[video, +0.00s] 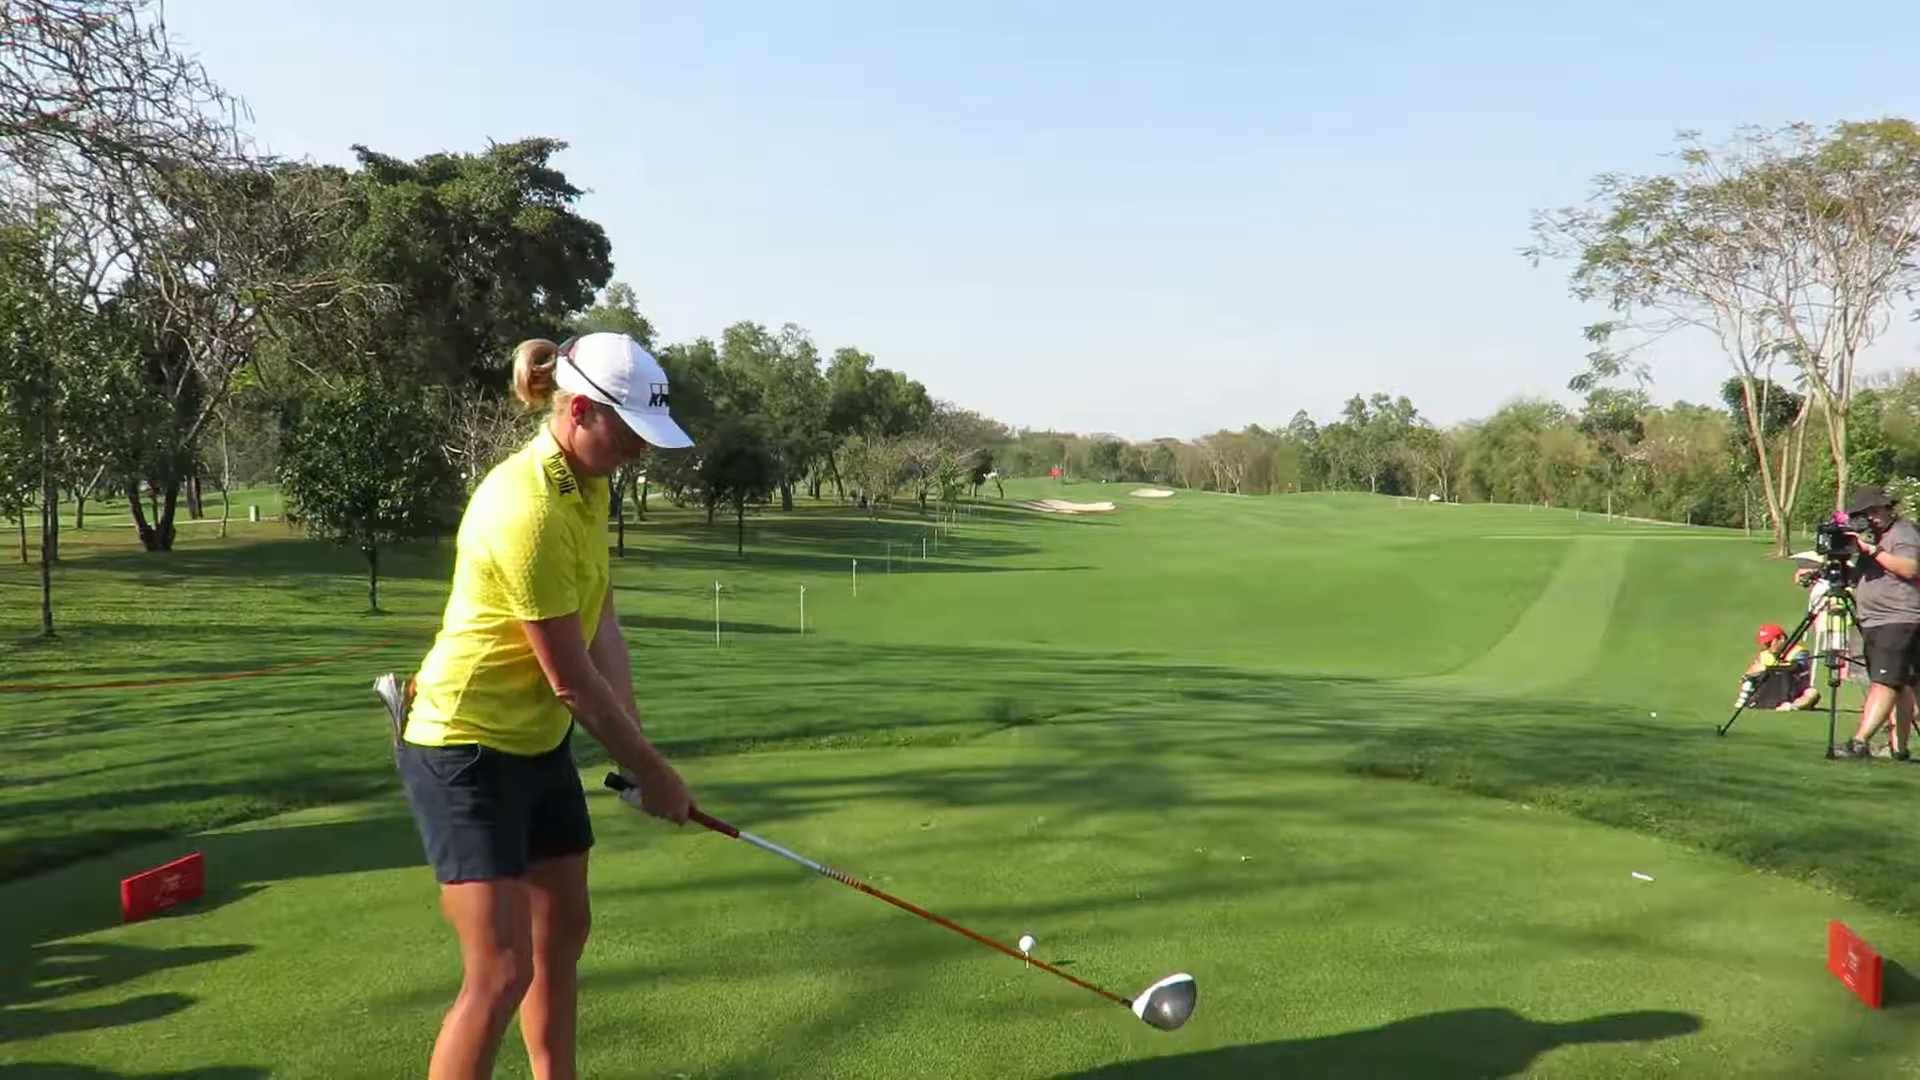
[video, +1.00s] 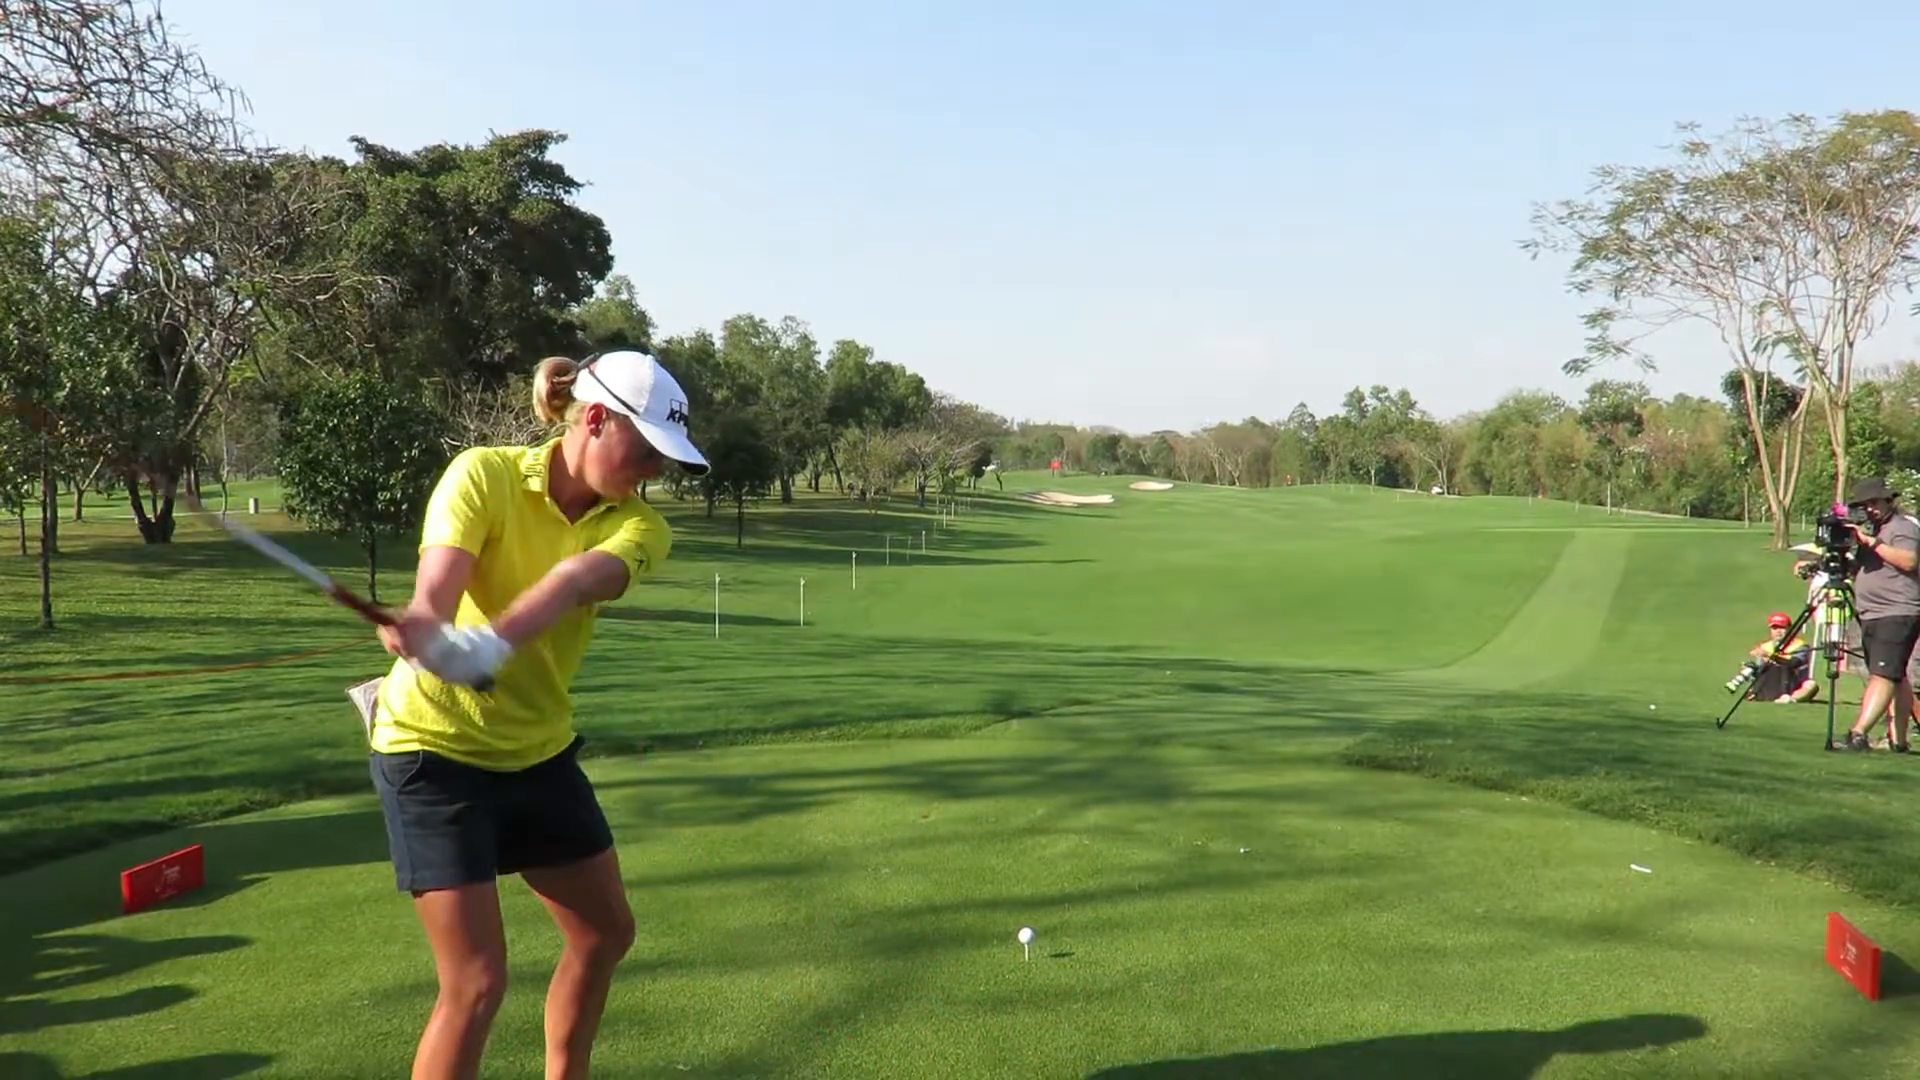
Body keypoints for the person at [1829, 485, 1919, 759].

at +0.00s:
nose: (1870, 520)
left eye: (1874, 513)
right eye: (1865, 516)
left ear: (1887, 509)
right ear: (1862, 519)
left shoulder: (1902, 532)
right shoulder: (1873, 538)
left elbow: (1910, 569)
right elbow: (1861, 575)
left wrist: (1872, 551)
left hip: (1898, 620)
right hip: (1875, 621)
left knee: (1884, 681)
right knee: (1899, 687)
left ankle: (1859, 740)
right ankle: (1899, 747)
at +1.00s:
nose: (1869, 511)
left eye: (1873, 504)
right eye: (1865, 507)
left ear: (1888, 502)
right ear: (1863, 508)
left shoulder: (1903, 527)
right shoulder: (1873, 531)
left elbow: (1909, 562)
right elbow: (1859, 568)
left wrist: (1873, 544)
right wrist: (1844, 548)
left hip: (1898, 612)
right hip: (1873, 613)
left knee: (1883, 673)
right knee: (1893, 678)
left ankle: (1858, 732)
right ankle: (1898, 739)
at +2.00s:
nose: (1867, 506)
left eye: (1871, 499)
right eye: (1863, 501)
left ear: (1885, 496)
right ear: (1864, 502)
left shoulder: (1901, 519)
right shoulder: (1874, 523)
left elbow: (1908, 555)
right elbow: (1866, 562)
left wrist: (1872, 537)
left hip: (1897, 605)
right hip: (1874, 606)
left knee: (1883, 667)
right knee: (1892, 671)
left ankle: (1857, 726)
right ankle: (1898, 731)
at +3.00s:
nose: (1869, 508)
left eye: (1872, 501)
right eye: (1864, 504)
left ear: (1886, 497)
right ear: (1863, 506)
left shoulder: (1902, 521)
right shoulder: (1873, 525)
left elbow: (1909, 556)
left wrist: (1872, 538)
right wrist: (1845, 535)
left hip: (1898, 607)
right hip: (1873, 608)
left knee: (1883, 668)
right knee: (1892, 672)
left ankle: (1858, 728)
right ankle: (1898, 734)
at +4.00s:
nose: (1870, 511)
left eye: (1874, 504)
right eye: (1865, 507)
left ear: (1889, 500)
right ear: (1863, 509)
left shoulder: (1903, 524)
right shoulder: (1874, 530)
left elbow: (1911, 559)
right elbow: (1863, 572)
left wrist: (1873, 541)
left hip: (1899, 611)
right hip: (1875, 613)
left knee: (1885, 671)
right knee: (1896, 677)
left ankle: (1859, 731)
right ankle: (1900, 738)